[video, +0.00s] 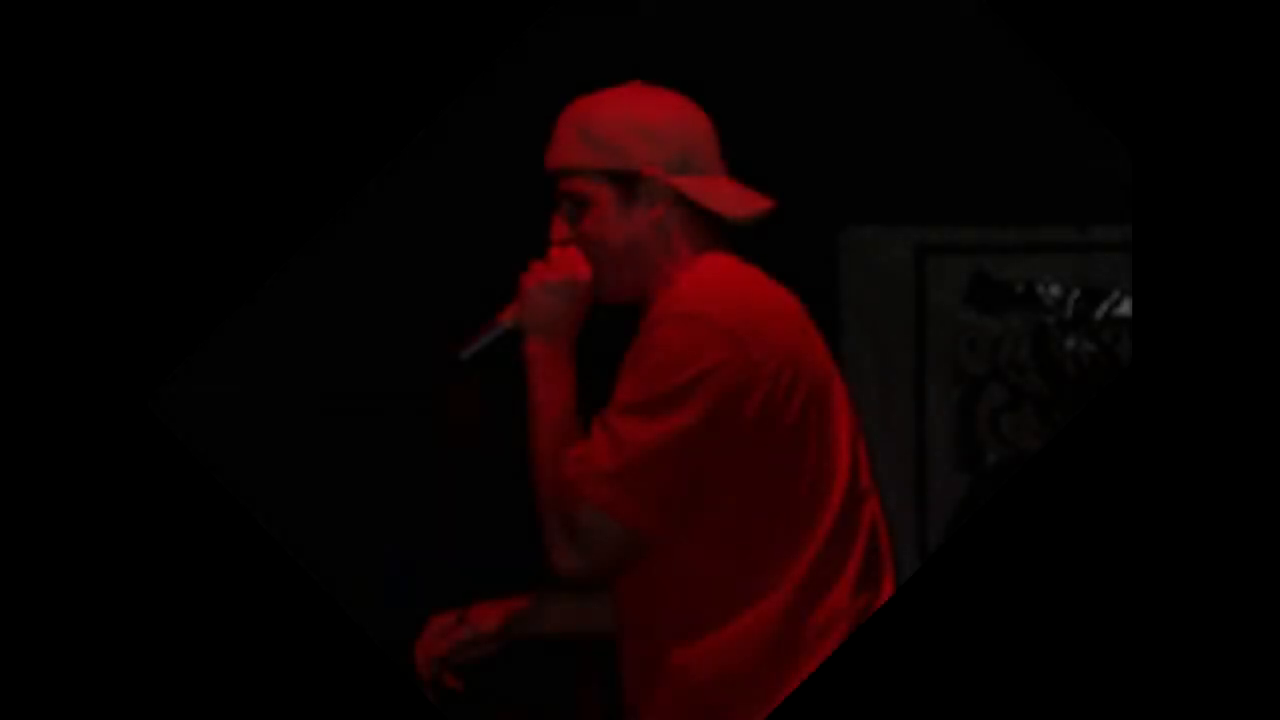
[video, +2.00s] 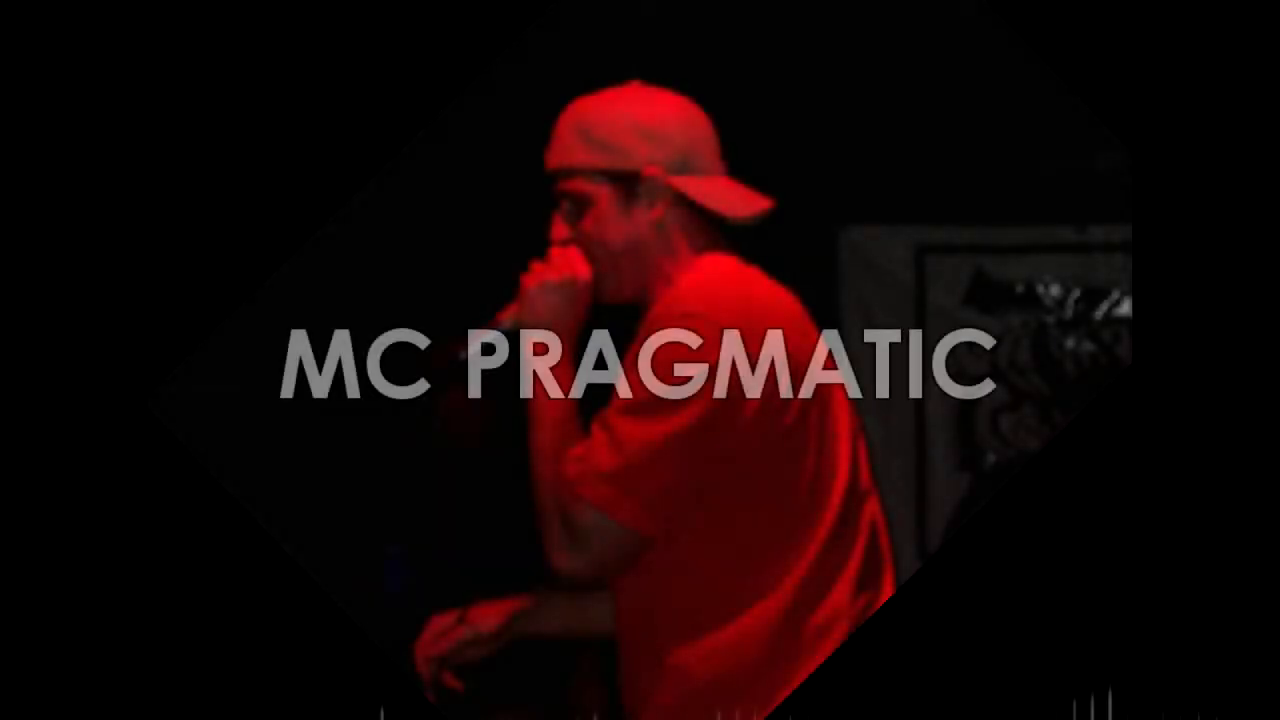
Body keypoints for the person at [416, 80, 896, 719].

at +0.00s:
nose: (559, 234)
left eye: (577, 207)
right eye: (559, 208)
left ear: (654, 203)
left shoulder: (704, 317)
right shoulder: (741, 305)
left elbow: (578, 541)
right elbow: (698, 578)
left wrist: (547, 345)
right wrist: (518, 624)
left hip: (737, 696)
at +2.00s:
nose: (559, 234)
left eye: (577, 206)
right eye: (559, 209)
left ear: (653, 200)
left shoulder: (705, 315)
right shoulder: (750, 305)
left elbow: (578, 542)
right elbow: (701, 576)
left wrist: (546, 348)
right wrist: (520, 621)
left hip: (731, 700)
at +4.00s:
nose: (559, 233)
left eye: (576, 206)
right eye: (559, 209)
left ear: (652, 199)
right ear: (649, 200)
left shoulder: (706, 314)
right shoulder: (746, 303)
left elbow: (577, 544)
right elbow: (700, 580)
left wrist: (546, 348)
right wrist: (520, 619)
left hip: (736, 704)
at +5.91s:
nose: (560, 233)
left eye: (577, 206)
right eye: (559, 209)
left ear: (652, 199)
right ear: (650, 200)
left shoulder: (706, 314)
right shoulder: (745, 303)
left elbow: (577, 544)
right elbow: (700, 579)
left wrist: (545, 347)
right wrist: (520, 619)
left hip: (742, 704)